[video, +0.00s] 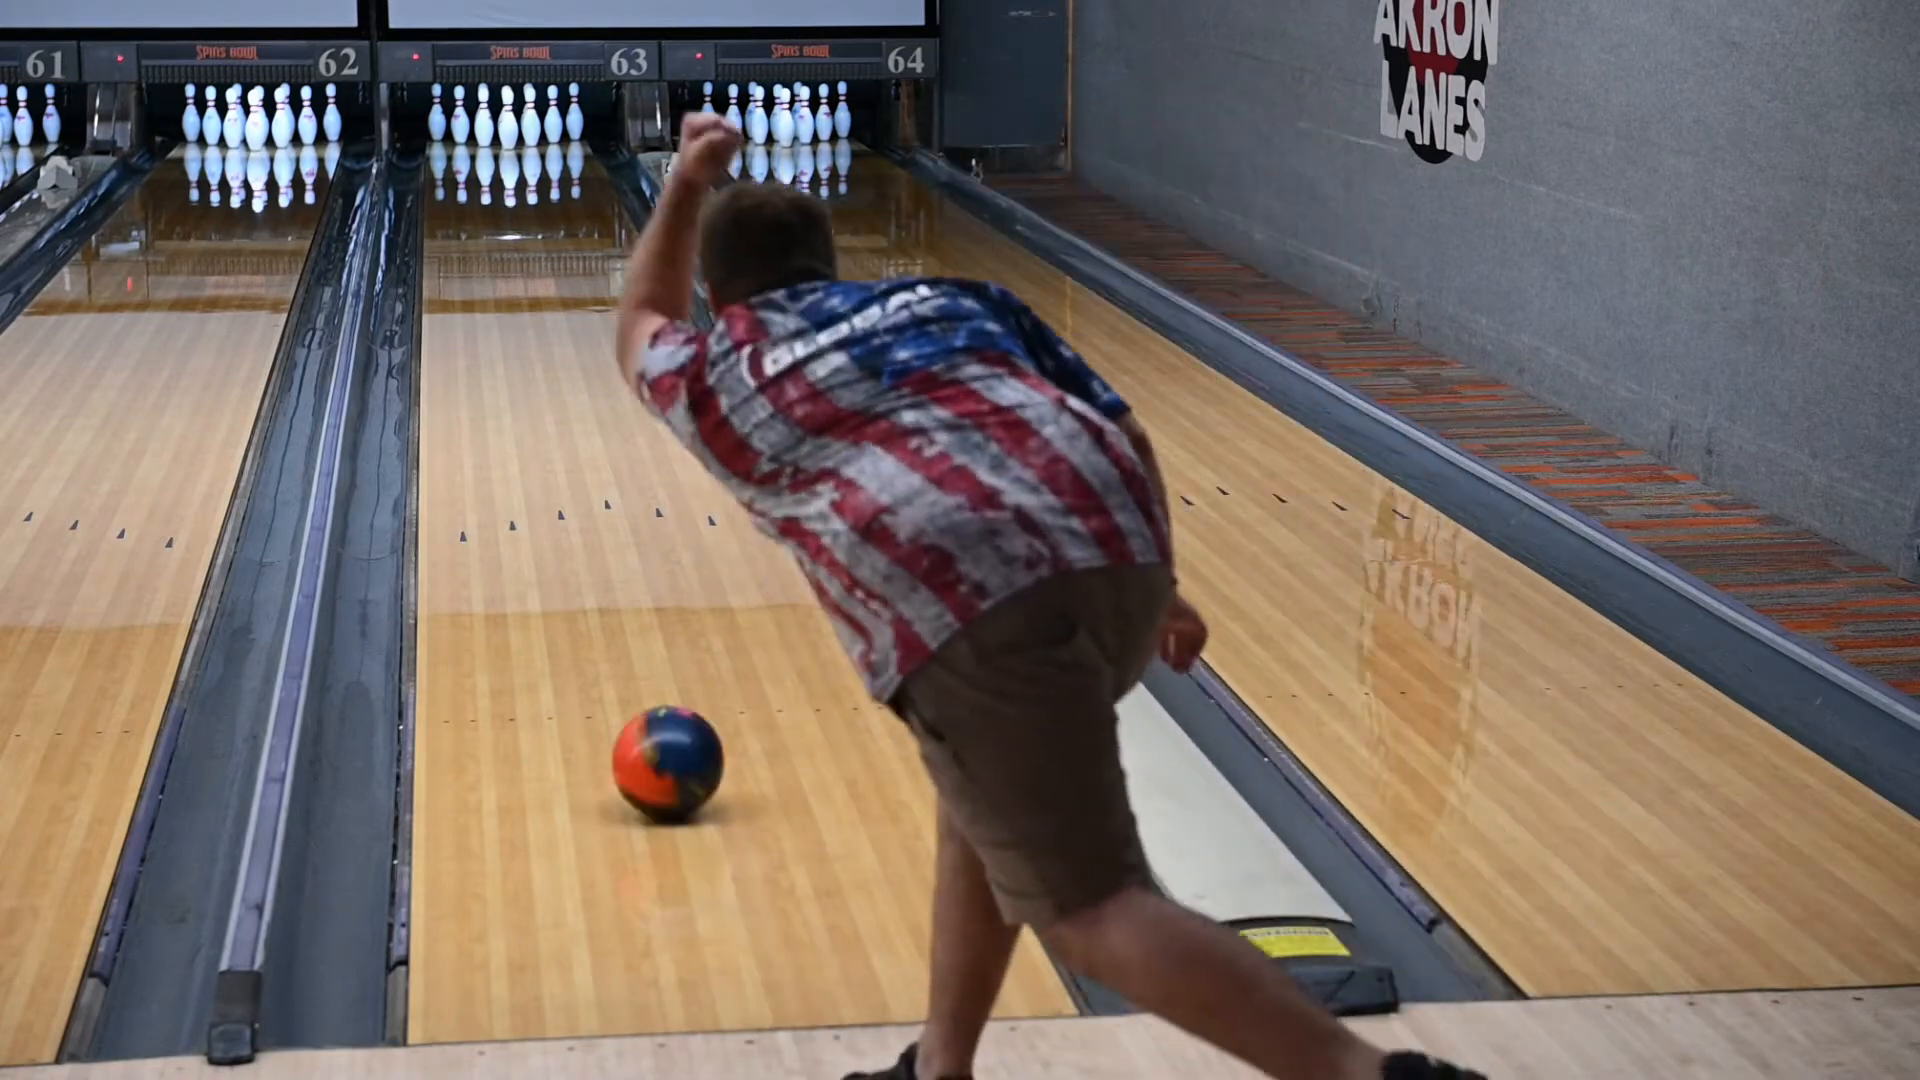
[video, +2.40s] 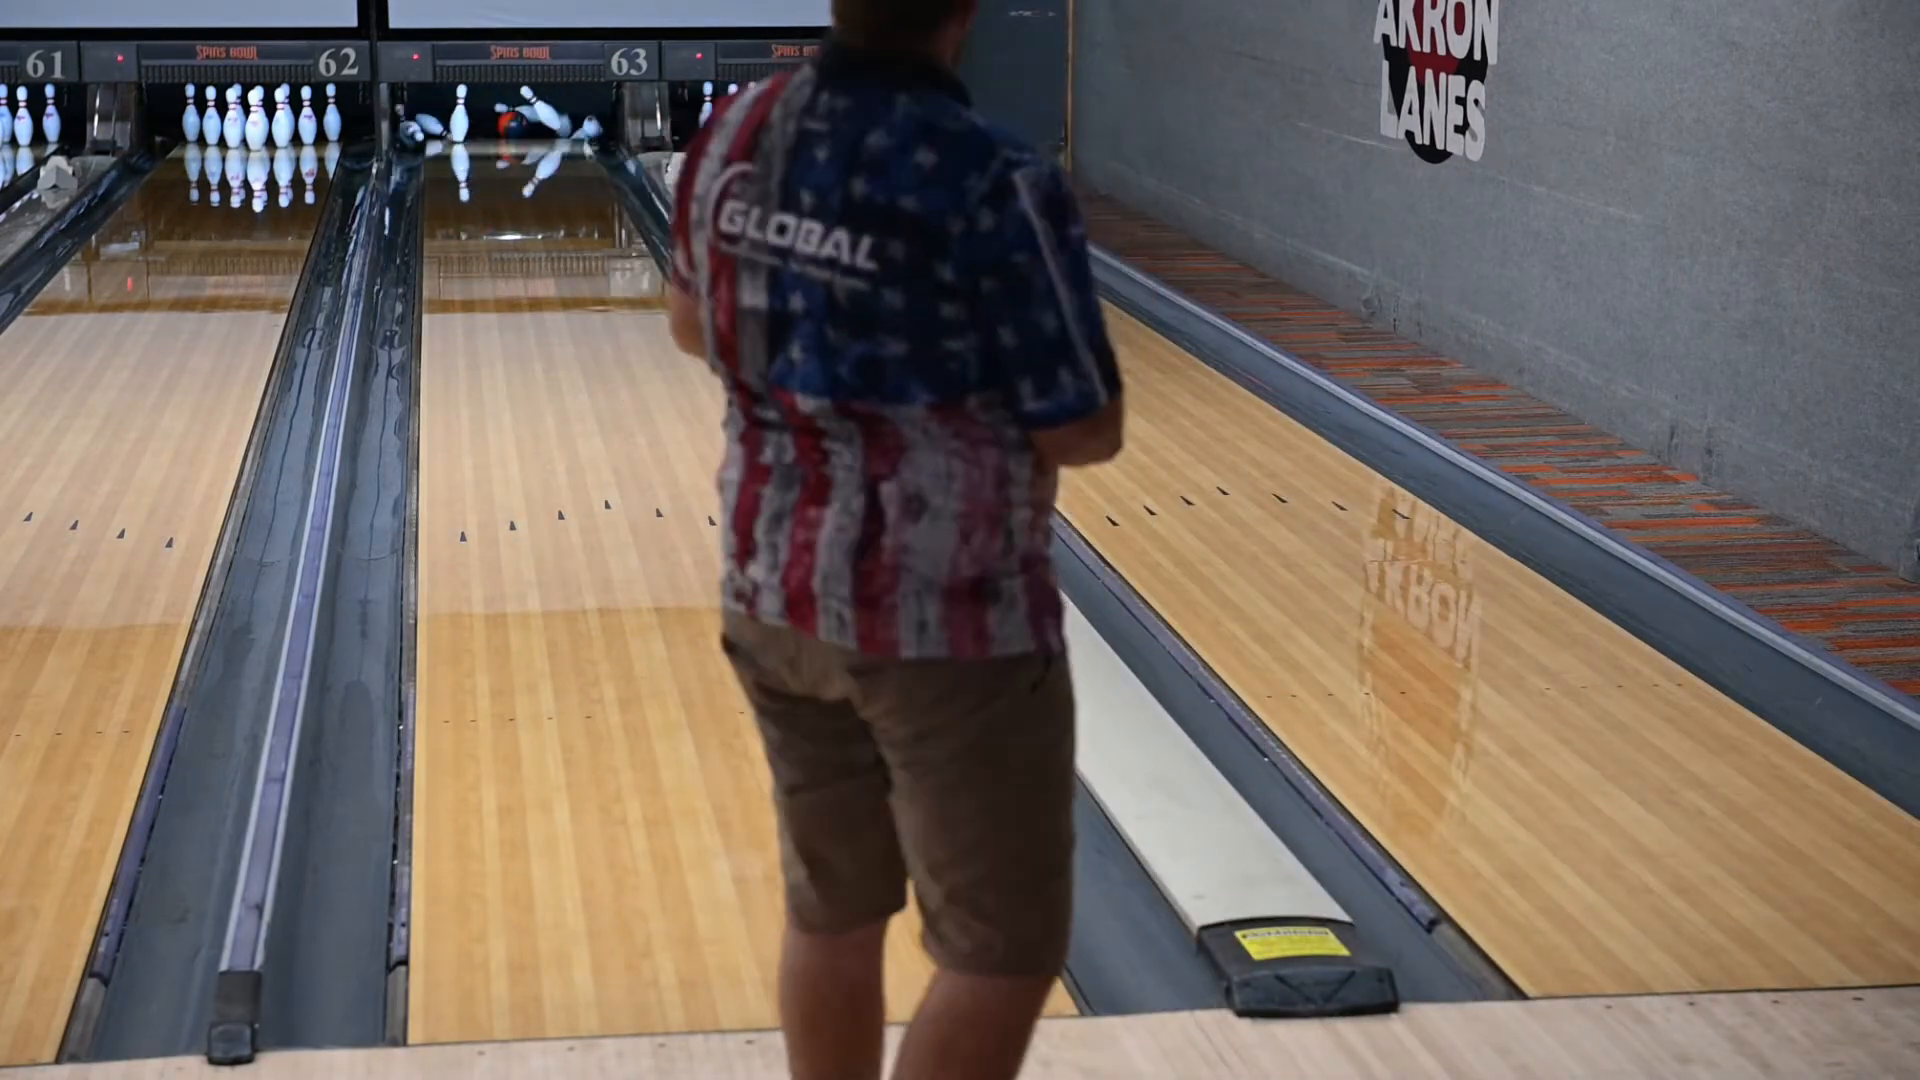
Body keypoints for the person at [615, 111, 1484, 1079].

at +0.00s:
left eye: (703, 300)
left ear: (719, 302)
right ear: (829, 264)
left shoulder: (724, 359)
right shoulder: (958, 296)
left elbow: (641, 323)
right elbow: (1119, 431)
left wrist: (677, 189)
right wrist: (1157, 589)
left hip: (971, 600)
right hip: (1120, 560)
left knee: (1094, 908)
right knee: (974, 795)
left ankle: (1367, 1068)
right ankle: (938, 1066)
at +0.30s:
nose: (714, 181)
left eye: (714, 169)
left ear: (726, 178)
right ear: (838, 148)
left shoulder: (728, 275)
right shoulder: (947, 201)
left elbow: (640, 392)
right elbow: (1053, 331)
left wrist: (645, 280)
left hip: (946, 531)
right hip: (1101, 504)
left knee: (1009, 841)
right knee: (979, 817)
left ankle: (1208, 1071)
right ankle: (936, 1069)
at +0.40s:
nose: (715, 185)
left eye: (714, 170)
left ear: (725, 177)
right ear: (839, 147)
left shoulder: (722, 286)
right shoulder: (946, 202)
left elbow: (681, 454)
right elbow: (1051, 336)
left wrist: (666, 406)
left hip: (939, 536)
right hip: (1095, 507)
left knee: (989, 851)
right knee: (977, 819)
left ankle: (1179, 1072)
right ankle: (932, 1070)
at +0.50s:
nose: (714, 178)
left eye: (713, 163)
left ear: (724, 170)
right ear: (840, 140)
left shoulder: (717, 295)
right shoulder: (958, 202)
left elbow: (715, 487)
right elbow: (1067, 348)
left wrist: (733, 514)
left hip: (931, 554)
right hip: (1092, 525)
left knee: (975, 856)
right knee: (973, 825)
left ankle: (1145, 1072)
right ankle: (931, 1069)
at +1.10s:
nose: (765, 37)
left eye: (763, 25)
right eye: (776, 23)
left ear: (773, 32)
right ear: (889, 20)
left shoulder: (743, 178)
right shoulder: (1002, 122)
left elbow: (685, 406)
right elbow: (1105, 293)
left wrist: (668, 574)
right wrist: (1067, 433)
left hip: (883, 546)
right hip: (1042, 528)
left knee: (840, 800)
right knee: (943, 793)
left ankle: (953, 1069)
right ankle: (932, 1057)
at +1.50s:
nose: (801, 18)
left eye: (803, 9)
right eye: (809, 9)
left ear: (818, 11)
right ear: (934, 1)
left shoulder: (764, 148)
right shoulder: (1035, 117)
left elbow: (700, 380)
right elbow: (1121, 297)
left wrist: (778, 455)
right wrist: (1079, 424)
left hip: (847, 542)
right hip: (1022, 526)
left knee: (801, 795)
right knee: (950, 791)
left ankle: (868, 1066)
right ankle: (936, 1065)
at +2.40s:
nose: (979, 19)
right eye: (975, 9)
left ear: (836, 1)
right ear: (964, 11)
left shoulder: (735, 131)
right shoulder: (998, 183)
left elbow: (693, 323)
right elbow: (1083, 428)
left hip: (771, 585)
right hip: (948, 612)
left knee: (831, 911)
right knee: (998, 949)